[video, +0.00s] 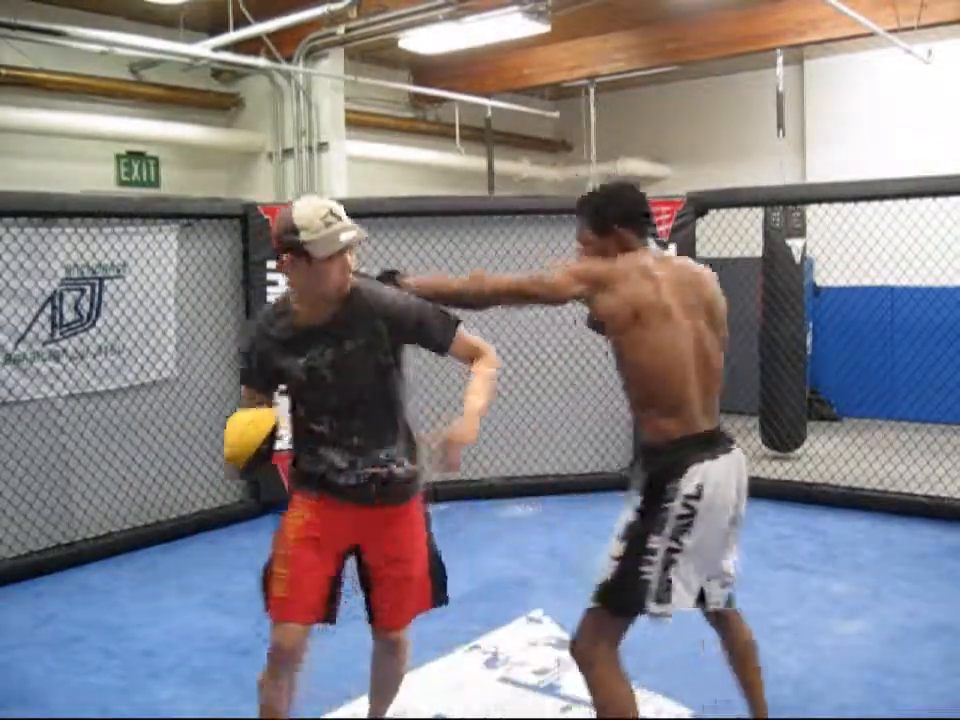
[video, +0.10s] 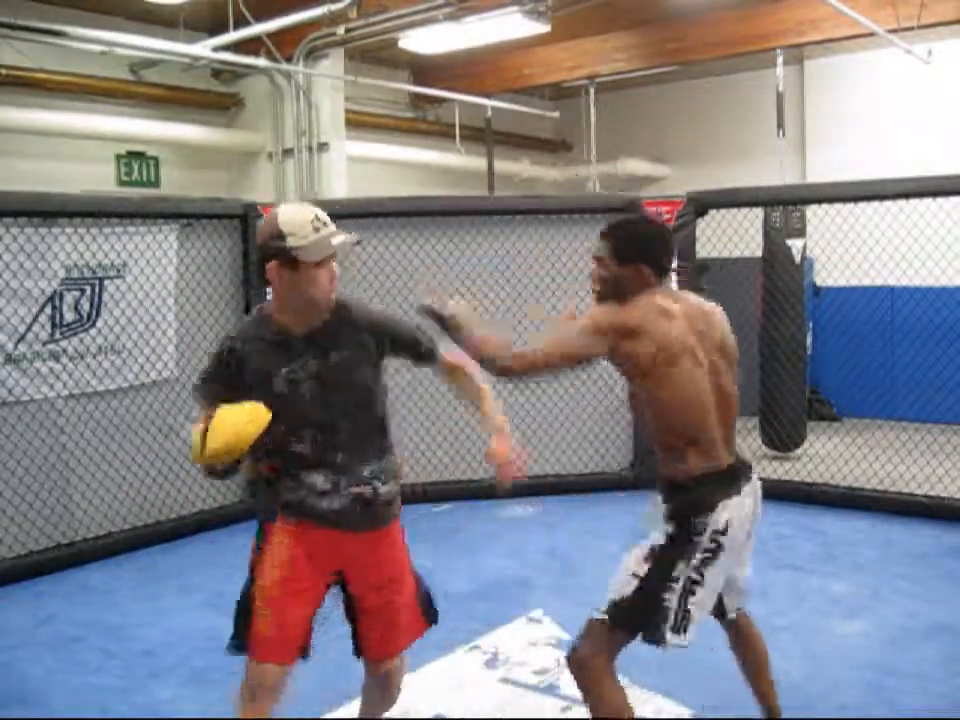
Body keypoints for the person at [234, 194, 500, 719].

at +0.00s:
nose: (349, 264)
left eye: (349, 252)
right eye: (335, 255)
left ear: (352, 251)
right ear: (291, 264)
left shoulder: (383, 308)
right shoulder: (267, 334)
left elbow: (484, 356)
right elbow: (253, 414)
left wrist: (469, 420)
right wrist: (251, 439)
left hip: (394, 501)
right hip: (315, 502)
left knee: (393, 638)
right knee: (286, 647)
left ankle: (378, 715)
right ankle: (271, 713)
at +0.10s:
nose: (334, 273)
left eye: (334, 261)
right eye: (321, 264)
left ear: (337, 264)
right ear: (276, 273)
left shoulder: (363, 325)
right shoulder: (245, 347)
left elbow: (458, 365)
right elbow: (205, 438)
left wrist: (499, 432)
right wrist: (220, 444)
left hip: (376, 525)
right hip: (295, 528)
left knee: (387, 677)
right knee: (263, 682)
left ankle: (369, 717)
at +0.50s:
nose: (343, 239)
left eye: (345, 226)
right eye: (339, 225)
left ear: (304, 227)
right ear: (303, 225)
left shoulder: (304, 298)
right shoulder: (228, 309)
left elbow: (309, 411)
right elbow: (222, 443)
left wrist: (347, 482)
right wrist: (306, 396)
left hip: (319, 519)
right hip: (255, 529)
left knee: (353, 651)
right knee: (261, 690)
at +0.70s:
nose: (326, 247)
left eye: (326, 233)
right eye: (319, 232)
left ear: (281, 235)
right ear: (280, 234)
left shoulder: (296, 309)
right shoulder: (192, 337)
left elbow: (290, 417)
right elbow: (150, 452)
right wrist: (177, 513)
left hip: (310, 557)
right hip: (240, 574)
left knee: (329, 690)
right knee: (243, 709)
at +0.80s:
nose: (323, 251)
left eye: (323, 237)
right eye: (316, 236)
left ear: (276, 236)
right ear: (277, 237)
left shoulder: (292, 305)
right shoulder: (179, 347)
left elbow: (282, 421)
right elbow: (142, 472)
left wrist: (292, 520)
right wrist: (192, 547)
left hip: (303, 556)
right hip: (226, 576)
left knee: (343, 691)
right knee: (226, 710)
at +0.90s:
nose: (332, 243)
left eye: (333, 228)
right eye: (327, 227)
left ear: (288, 227)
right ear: (291, 227)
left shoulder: (292, 295)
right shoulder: (191, 338)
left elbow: (283, 424)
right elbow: (147, 478)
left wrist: (306, 518)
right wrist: (249, 538)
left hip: (307, 561)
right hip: (224, 583)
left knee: (364, 701)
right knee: (225, 711)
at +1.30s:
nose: (471, 252)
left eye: (471, 235)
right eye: (473, 235)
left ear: (389, 229)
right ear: (456, 237)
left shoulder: (383, 316)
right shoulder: (373, 327)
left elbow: (376, 498)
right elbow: (369, 512)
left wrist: (476, 544)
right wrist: (492, 543)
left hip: (416, 625)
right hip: (348, 649)